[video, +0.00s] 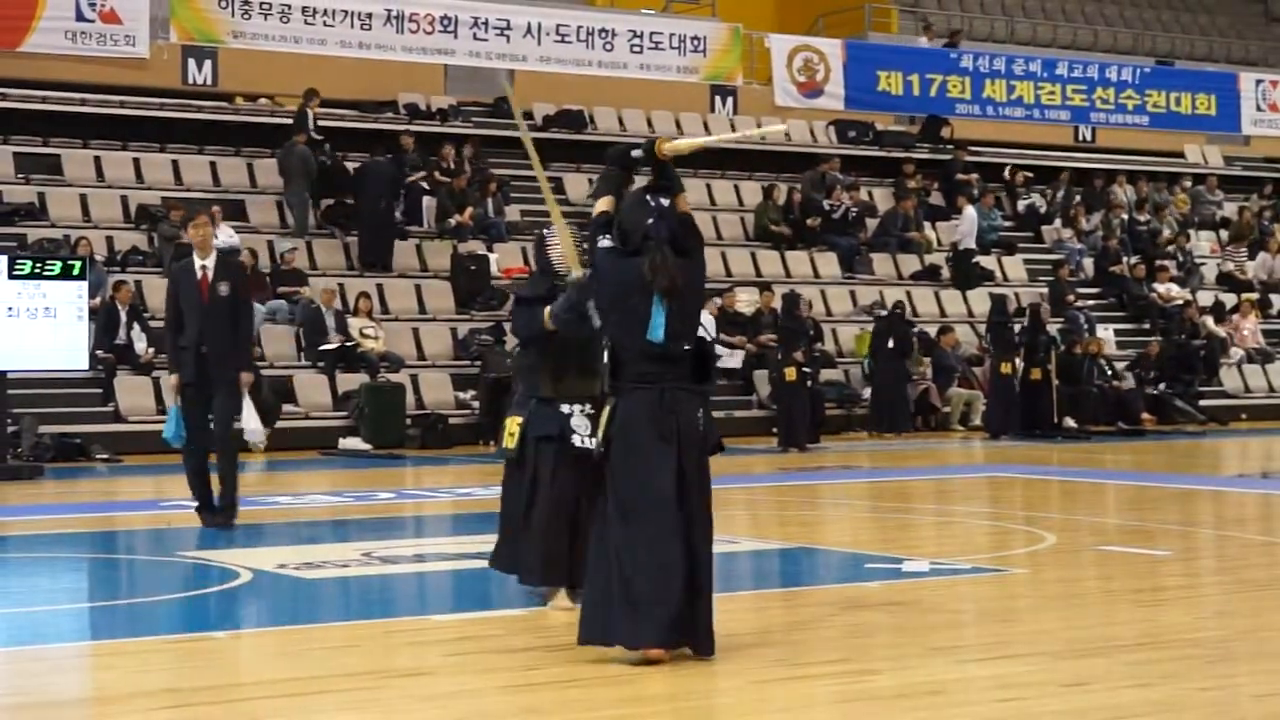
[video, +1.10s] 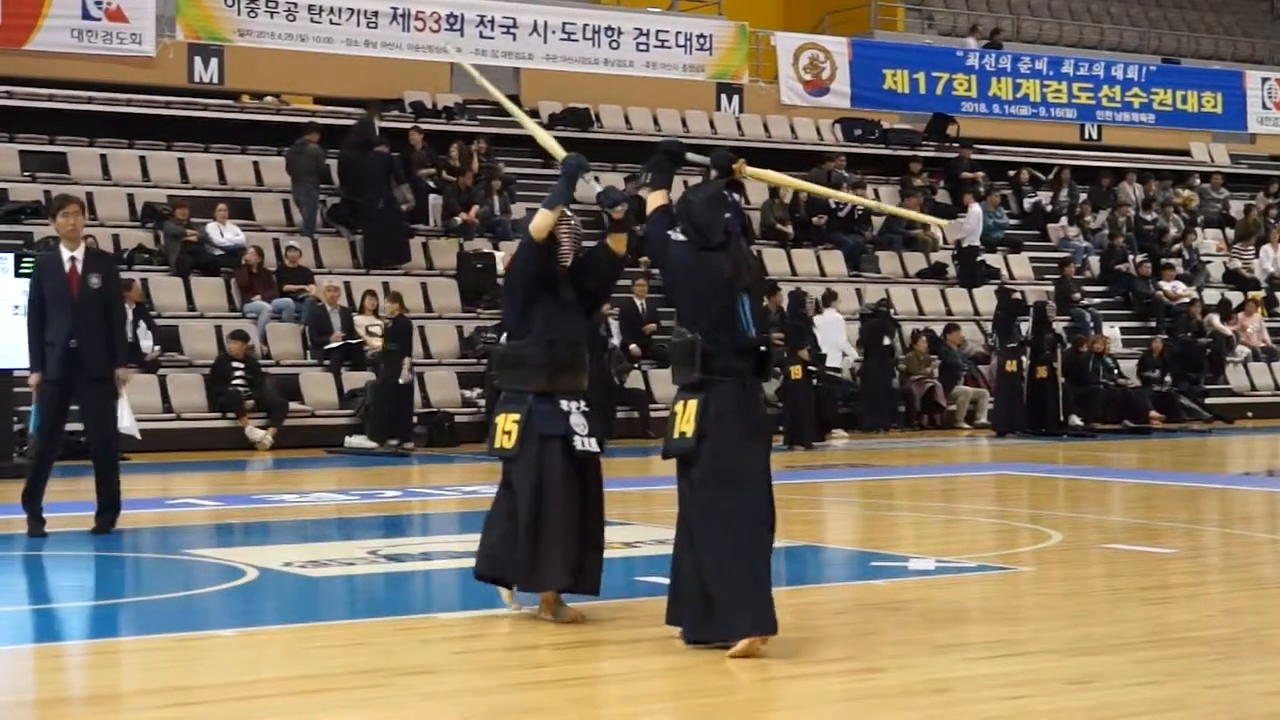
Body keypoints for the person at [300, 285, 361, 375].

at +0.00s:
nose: (329, 297)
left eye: (332, 295)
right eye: (326, 294)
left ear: (335, 297)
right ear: (321, 296)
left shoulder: (339, 314)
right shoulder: (311, 312)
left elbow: (346, 335)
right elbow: (309, 339)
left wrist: (341, 339)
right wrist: (327, 340)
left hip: (339, 345)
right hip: (319, 346)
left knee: (351, 352)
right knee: (331, 354)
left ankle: (353, 383)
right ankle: (332, 386)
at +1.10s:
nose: (332, 294)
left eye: (335, 291)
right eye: (329, 291)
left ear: (339, 294)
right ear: (324, 293)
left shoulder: (346, 311)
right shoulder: (316, 311)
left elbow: (352, 333)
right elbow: (314, 339)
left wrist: (343, 338)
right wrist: (330, 339)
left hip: (345, 344)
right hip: (324, 346)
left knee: (358, 347)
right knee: (337, 351)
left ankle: (358, 382)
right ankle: (337, 385)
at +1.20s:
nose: (332, 294)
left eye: (335, 291)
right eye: (329, 291)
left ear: (339, 294)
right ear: (324, 293)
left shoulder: (346, 311)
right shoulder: (316, 311)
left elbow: (352, 333)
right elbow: (314, 340)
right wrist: (330, 339)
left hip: (345, 345)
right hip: (323, 347)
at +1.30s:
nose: (333, 294)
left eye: (336, 291)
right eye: (329, 290)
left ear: (340, 294)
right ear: (324, 293)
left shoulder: (347, 311)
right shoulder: (316, 311)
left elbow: (352, 334)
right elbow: (315, 339)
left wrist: (343, 337)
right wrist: (330, 339)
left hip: (345, 345)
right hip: (325, 346)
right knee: (336, 354)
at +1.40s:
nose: (333, 294)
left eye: (337, 290)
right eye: (330, 290)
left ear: (341, 293)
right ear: (325, 292)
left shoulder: (345, 311)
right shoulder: (317, 311)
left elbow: (352, 332)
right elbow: (315, 339)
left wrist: (343, 337)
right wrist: (330, 339)